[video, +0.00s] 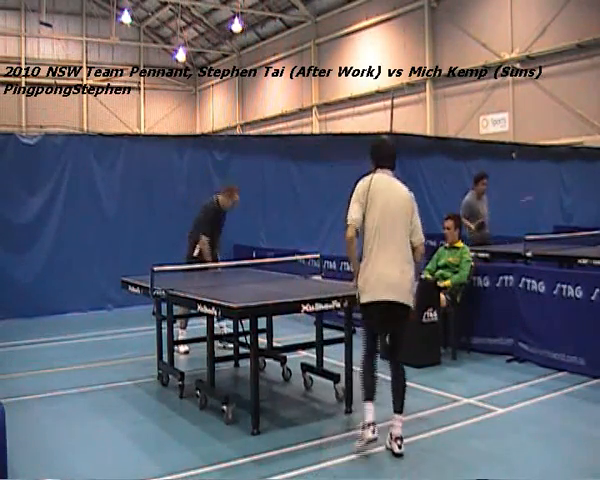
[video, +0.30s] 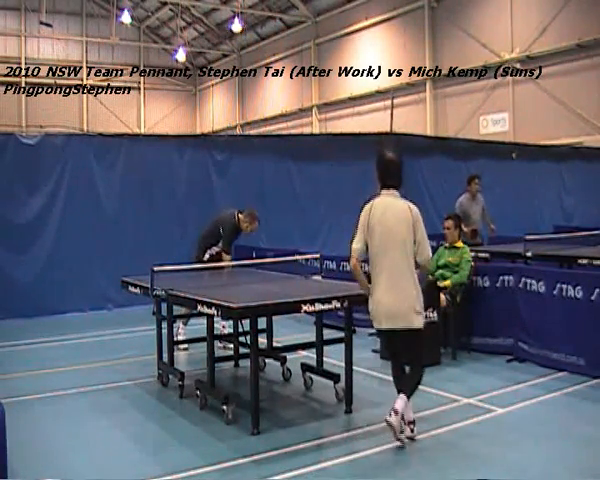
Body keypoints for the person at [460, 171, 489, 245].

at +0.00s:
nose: (485, 187)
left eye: (486, 185)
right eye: (482, 184)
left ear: (486, 186)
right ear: (476, 185)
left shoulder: (484, 197)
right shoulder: (468, 200)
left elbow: (484, 213)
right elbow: (462, 217)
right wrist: (471, 226)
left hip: (485, 233)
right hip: (474, 236)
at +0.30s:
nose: (478, 187)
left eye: (478, 184)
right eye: (475, 184)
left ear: (480, 186)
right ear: (469, 186)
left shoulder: (480, 198)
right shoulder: (462, 201)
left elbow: (483, 213)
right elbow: (458, 218)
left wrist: (489, 224)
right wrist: (464, 229)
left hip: (479, 232)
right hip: (466, 233)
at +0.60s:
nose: (470, 186)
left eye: (471, 183)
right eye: (467, 183)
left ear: (472, 185)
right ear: (461, 185)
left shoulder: (470, 198)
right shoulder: (454, 200)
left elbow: (473, 214)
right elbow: (448, 217)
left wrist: (476, 230)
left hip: (468, 234)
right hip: (457, 236)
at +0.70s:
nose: (468, 185)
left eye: (469, 183)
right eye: (465, 183)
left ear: (470, 185)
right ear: (459, 185)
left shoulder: (469, 198)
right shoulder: (452, 200)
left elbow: (471, 214)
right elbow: (446, 217)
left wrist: (473, 230)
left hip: (467, 234)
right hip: (455, 236)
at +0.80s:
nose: (467, 187)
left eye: (468, 185)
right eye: (465, 184)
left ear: (469, 186)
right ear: (459, 187)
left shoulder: (469, 200)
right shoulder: (451, 202)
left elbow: (470, 217)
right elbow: (445, 218)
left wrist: (472, 233)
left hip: (467, 236)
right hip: (455, 237)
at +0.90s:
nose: (467, 189)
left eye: (468, 187)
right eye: (465, 187)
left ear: (469, 189)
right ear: (459, 189)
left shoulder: (469, 201)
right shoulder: (451, 204)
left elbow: (470, 217)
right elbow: (445, 220)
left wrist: (474, 232)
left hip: (466, 235)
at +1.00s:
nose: (468, 187)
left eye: (469, 185)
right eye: (466, 184)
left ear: (470, 186)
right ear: (459, 187)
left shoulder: (467, 198)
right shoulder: (454, 202)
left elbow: (470, 212)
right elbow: (451, 220)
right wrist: (462, 226)